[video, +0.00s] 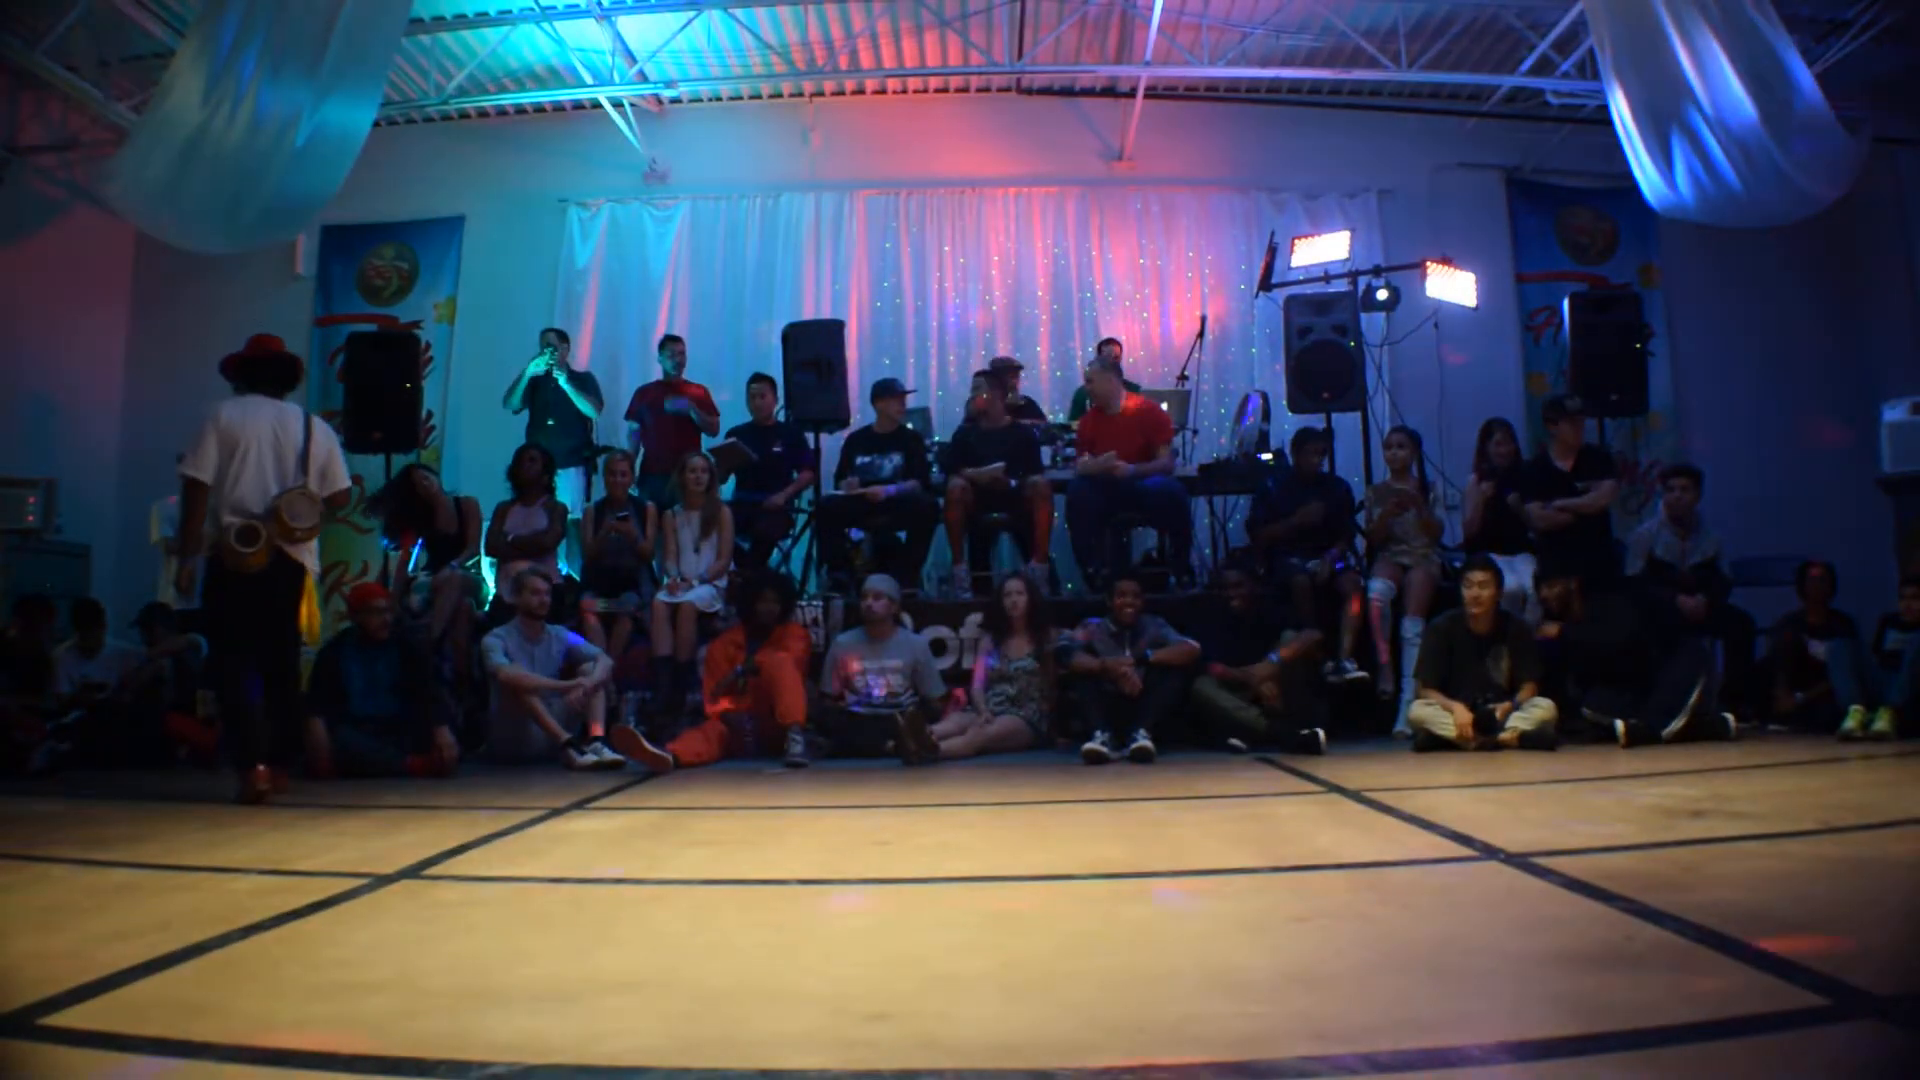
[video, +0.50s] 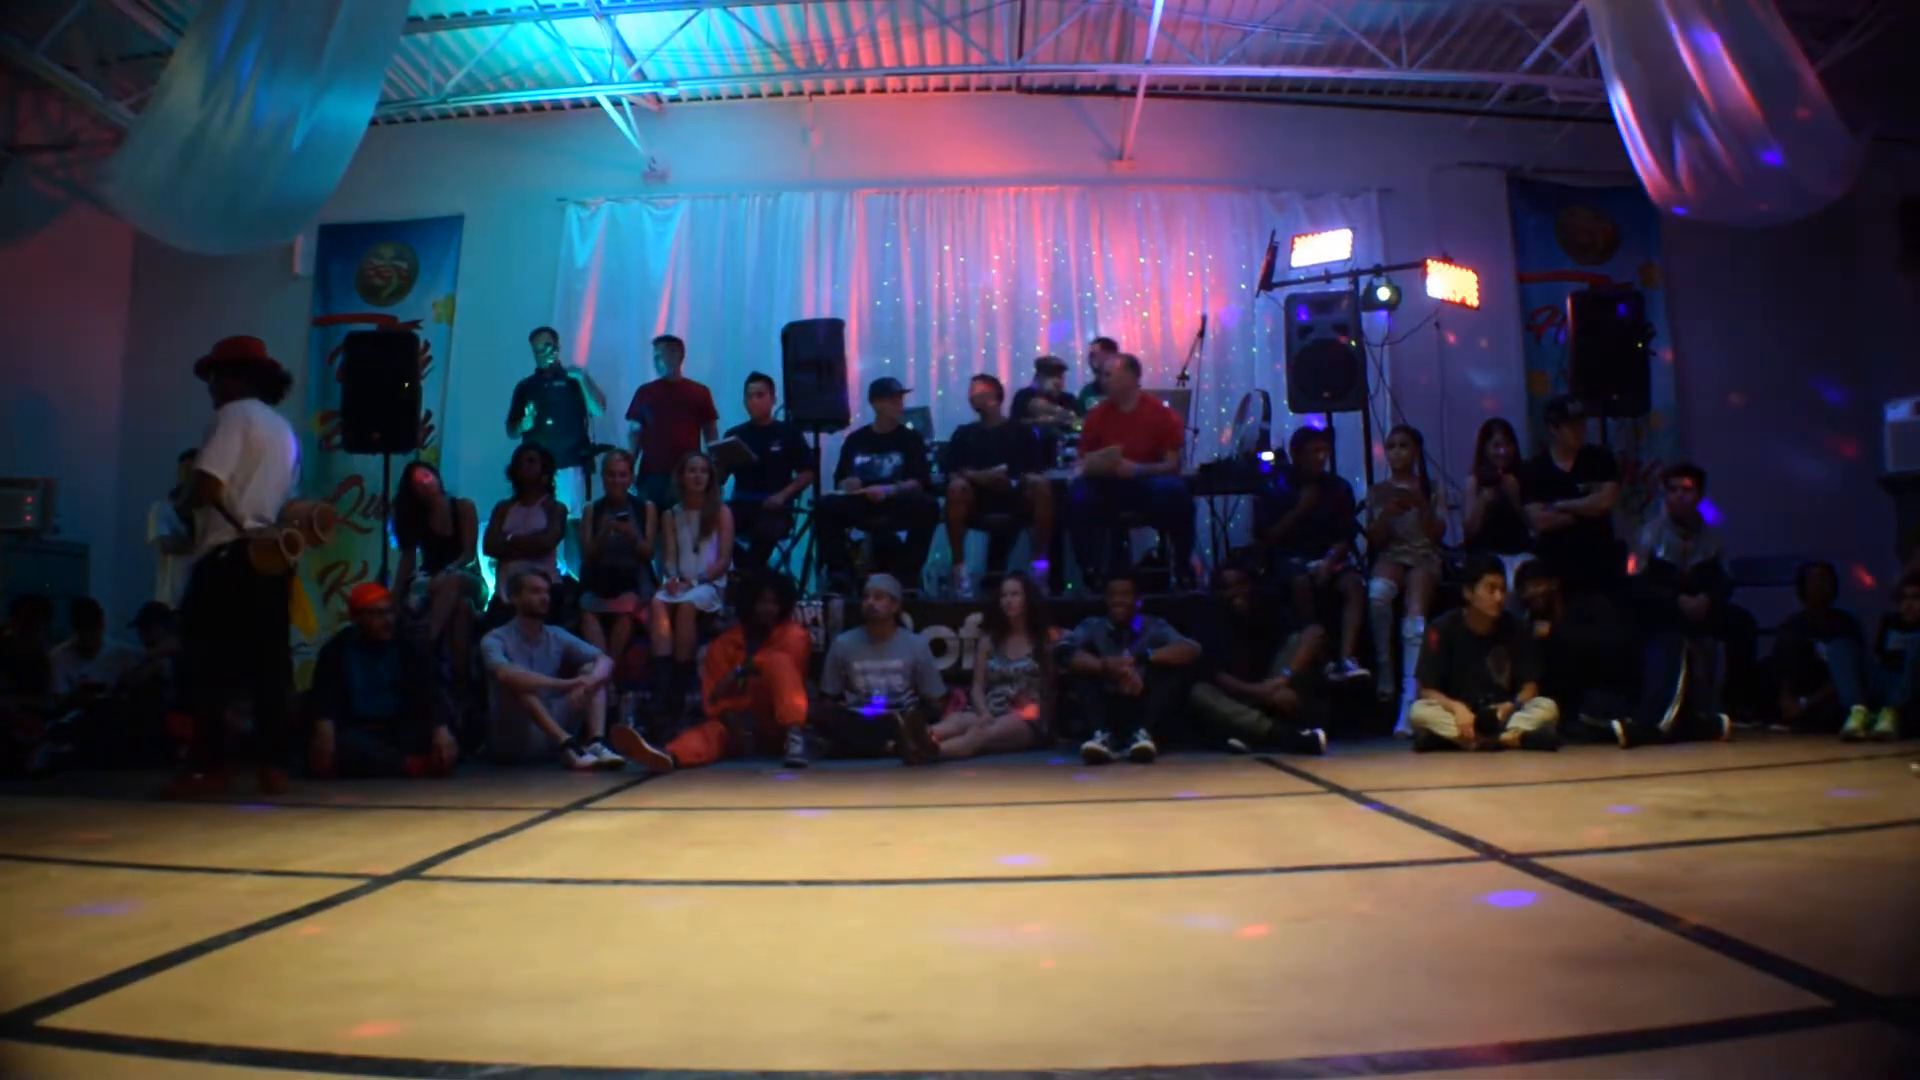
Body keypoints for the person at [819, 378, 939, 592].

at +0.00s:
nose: (902, 405)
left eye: (903, 400)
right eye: (896, 400)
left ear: (905, 402)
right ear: (878, 404)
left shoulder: (912, 439)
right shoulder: (855, 440)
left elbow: (921, 481)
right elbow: (840, 480)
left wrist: (888, 491)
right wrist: (848, 485)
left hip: (898, 502)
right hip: (861, 502)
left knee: (927, 508)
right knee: (826, 507)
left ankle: (908, 578)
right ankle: (839, 576)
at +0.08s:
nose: (902, 405)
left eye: (903, 400)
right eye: (896, 400)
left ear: (905, 402)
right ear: (878, 404)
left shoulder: (912, 439)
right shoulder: (856, 439)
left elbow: (921, 482)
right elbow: (840, 480)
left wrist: (887, 491)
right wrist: (848, 485)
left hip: (898, 502)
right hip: (861, 502)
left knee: (927, 508)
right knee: (826, 507)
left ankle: (908, 579)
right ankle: (840, 577)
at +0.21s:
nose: (902, 404)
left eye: (903, 399)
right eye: (896, 399)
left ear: (904, 402)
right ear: (877, 404)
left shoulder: (912, 439)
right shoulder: (855, 440)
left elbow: (921, 482)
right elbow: (840, 481)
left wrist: (889, 490)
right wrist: (850, 485)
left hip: (898, 501)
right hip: (862, 501)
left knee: (926, 507)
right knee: (826, 507)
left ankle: (907, 579)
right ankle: (840, 578)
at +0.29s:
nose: (902, 405)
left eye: (902, 399)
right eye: (895, 400)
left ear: (904, 402)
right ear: (877, 404)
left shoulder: (912, 439)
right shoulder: (856, 440)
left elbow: (921, 482)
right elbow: (840, 482)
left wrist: (889, 490)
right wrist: (850, 485)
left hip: (898, 502)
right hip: (861, 502)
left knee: (927, 508)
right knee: (826, 507)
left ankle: (908, 579)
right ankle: (840, 577)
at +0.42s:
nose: (900, 405)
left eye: (901, 399)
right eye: (894, 400)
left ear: (903, 401)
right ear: (876, 404)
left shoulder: (911, 439)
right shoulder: (855, 440)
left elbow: (921, 481)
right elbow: (840, 481)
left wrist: (888, 490)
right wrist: (850, 485)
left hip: (899, 502)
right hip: (861, 502)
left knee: (927, 508)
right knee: (826, 507)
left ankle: (908, 579)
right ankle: (840, 577)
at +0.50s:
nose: (900, 405)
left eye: (901, 400)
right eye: (893, 400)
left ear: (902, 401)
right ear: (876, 404)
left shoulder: (911, 439)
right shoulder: (855, 440)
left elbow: (921, 482)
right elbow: (840, 481)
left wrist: (888, 491)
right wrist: (849, 484)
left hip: (898, 502)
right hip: (861, 502)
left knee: (927, 508)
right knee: (826, 507)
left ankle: (908, 579)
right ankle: (839, 576)